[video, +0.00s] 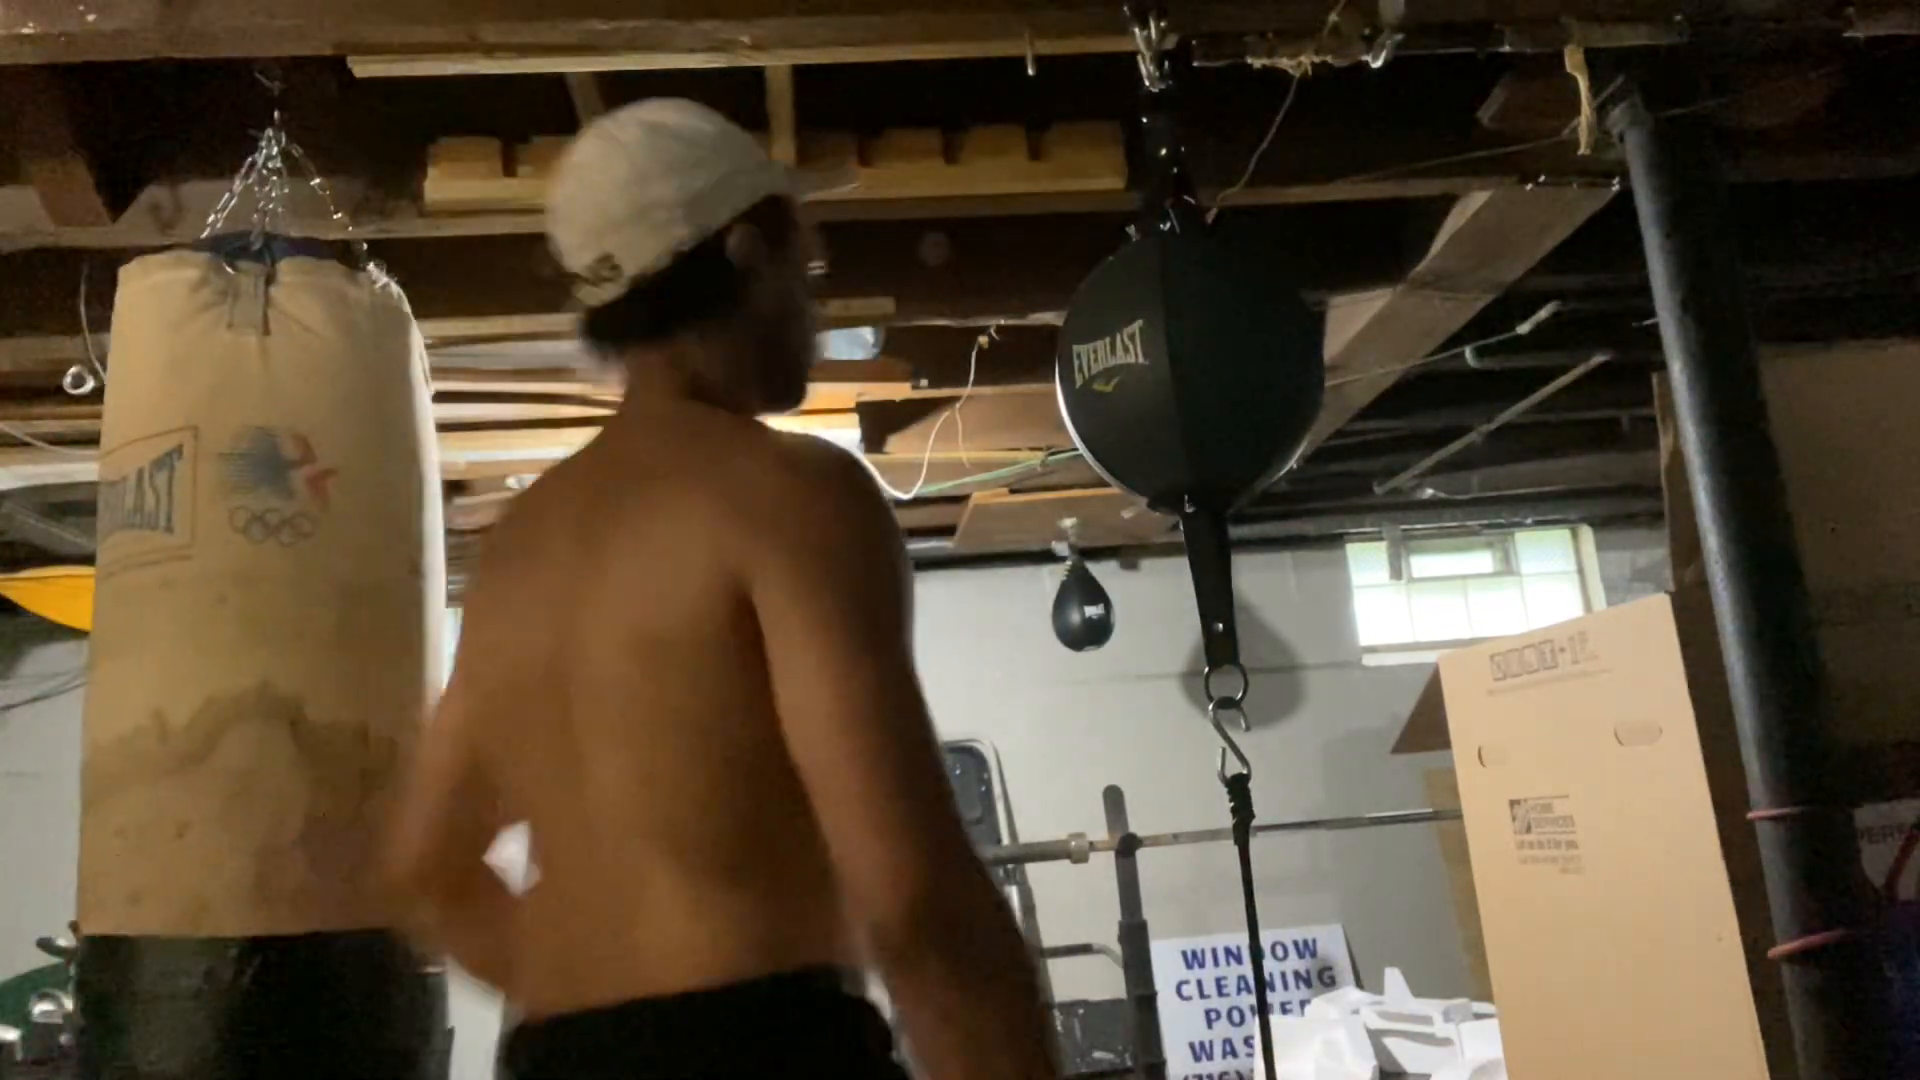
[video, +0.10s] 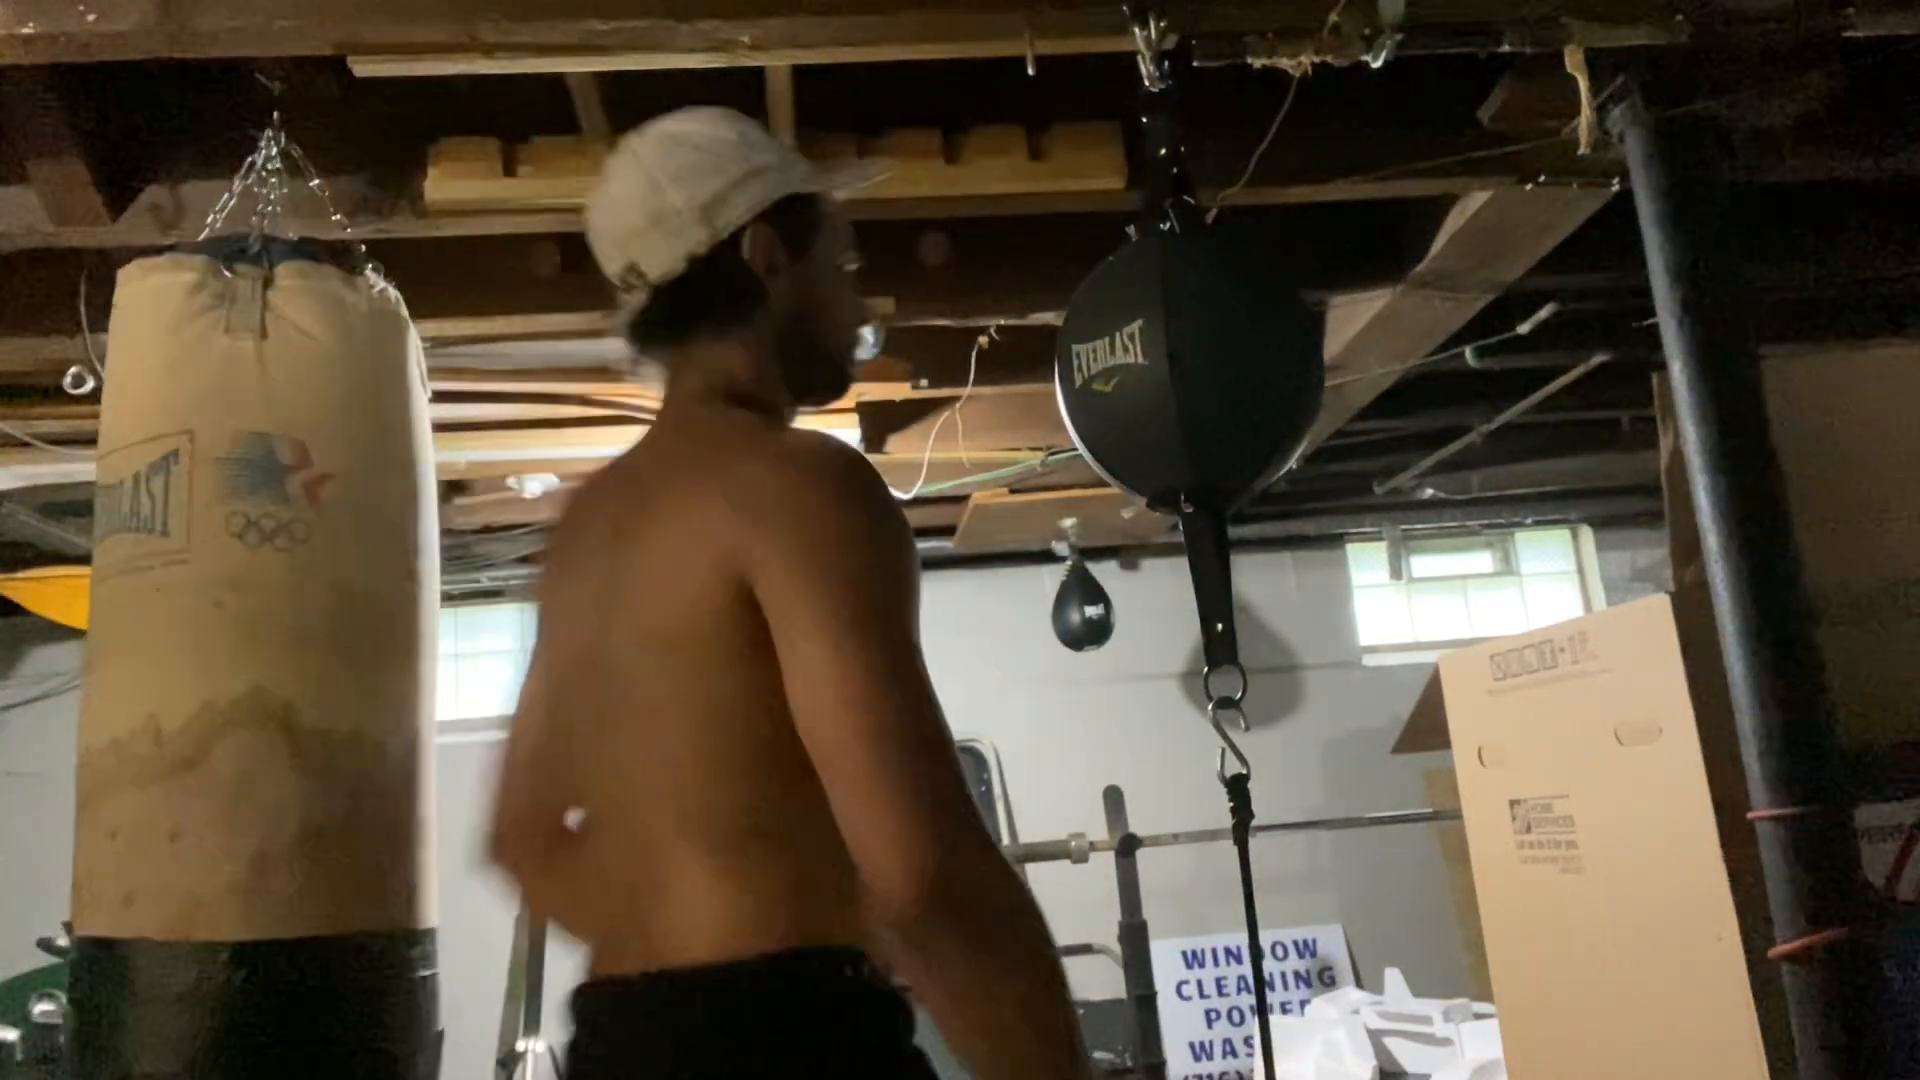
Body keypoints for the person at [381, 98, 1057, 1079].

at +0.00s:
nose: (812, 296)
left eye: (804, 261)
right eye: (796, 261)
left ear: (624, 296)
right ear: (741, 256)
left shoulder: (523, 532)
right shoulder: (786, 488)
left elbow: (424, 865)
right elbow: (912, 904)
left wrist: (581, 988)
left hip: (560, 1044)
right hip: (765, 1023)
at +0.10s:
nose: (860, 300)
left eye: (853, 265)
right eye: (842, 264)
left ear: (656, 299)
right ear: (763, 256)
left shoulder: (592, 513)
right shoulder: (799, 485)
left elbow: (525, 834)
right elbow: (922, 880)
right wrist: (1059, 1062)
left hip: (620, 1028)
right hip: (797, 1021)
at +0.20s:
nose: (905, 311)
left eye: (889, 276)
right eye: (876, 276)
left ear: (777, 281)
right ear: (780, 280)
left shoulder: (713, 502)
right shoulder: (779, 502)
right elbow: (925, 881)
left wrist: (1082, 1046)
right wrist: (1105, 1060)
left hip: (732, 1013)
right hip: (809, 1021)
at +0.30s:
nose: (911, 336)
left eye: (898, 305)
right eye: (884, 305)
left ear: (780, 316)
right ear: (778, 316)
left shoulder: (777, 529)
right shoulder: (763, 532)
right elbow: (925, 875)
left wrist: (1122, 1044)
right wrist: (1151, 1056)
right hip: (822, 1027)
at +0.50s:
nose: (907, 381)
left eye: (897, 355)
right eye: (871, 358)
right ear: (780, 393)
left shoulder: (887, 589)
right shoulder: (727, 584)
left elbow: (1081, 709)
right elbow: (928, 830)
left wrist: (1288, 802)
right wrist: (1196, 974)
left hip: (956, 1021)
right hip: (837, 1026)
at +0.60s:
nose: (902, 388)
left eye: (886, 363)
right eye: (860, 368)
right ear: (780, 406)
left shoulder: (909, 583)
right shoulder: (729, 586)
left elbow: (1106, 689)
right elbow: (923, 799)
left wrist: (1264, 778)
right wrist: (1188, 915)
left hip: (968, 1006)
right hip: (840, 1011)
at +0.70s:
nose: (889, 406)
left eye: (883, 385)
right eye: (856, 386)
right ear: (781, 421)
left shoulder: (933, 573)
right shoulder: (724, 584)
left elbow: (1085, 663)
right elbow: (891, 767)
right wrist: (1156, 824)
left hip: (970, 982)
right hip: (828, 989)